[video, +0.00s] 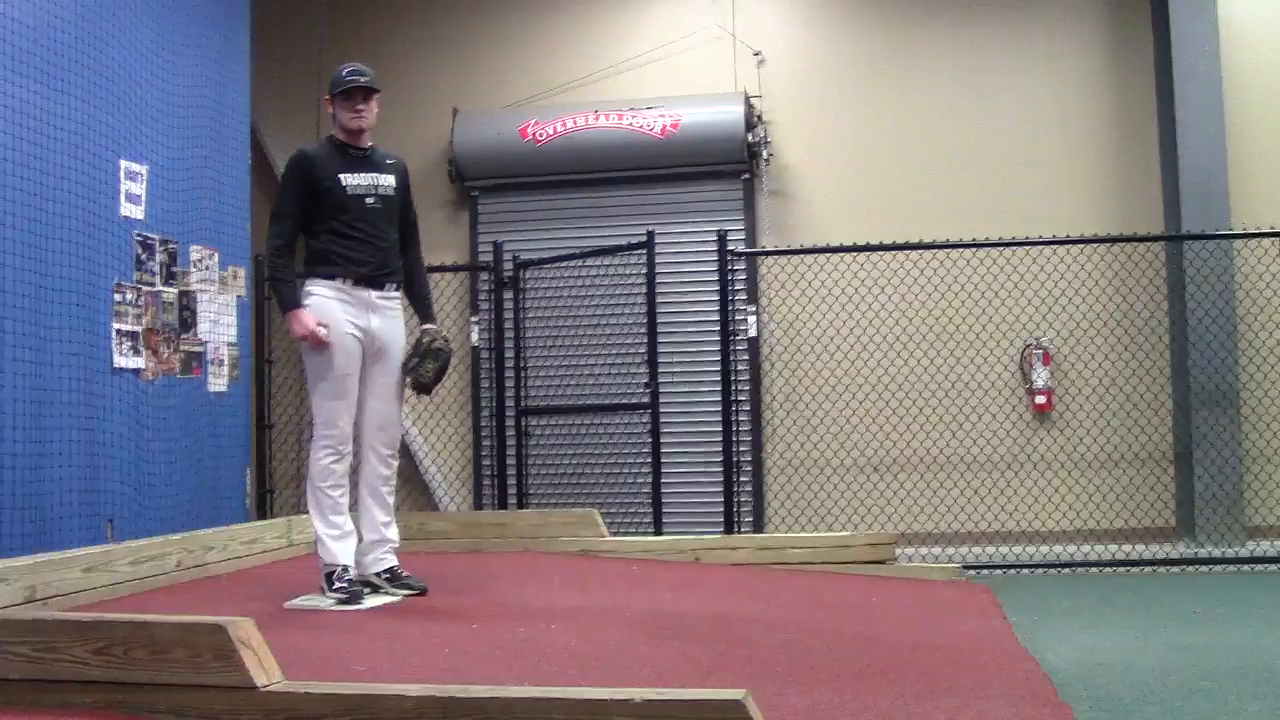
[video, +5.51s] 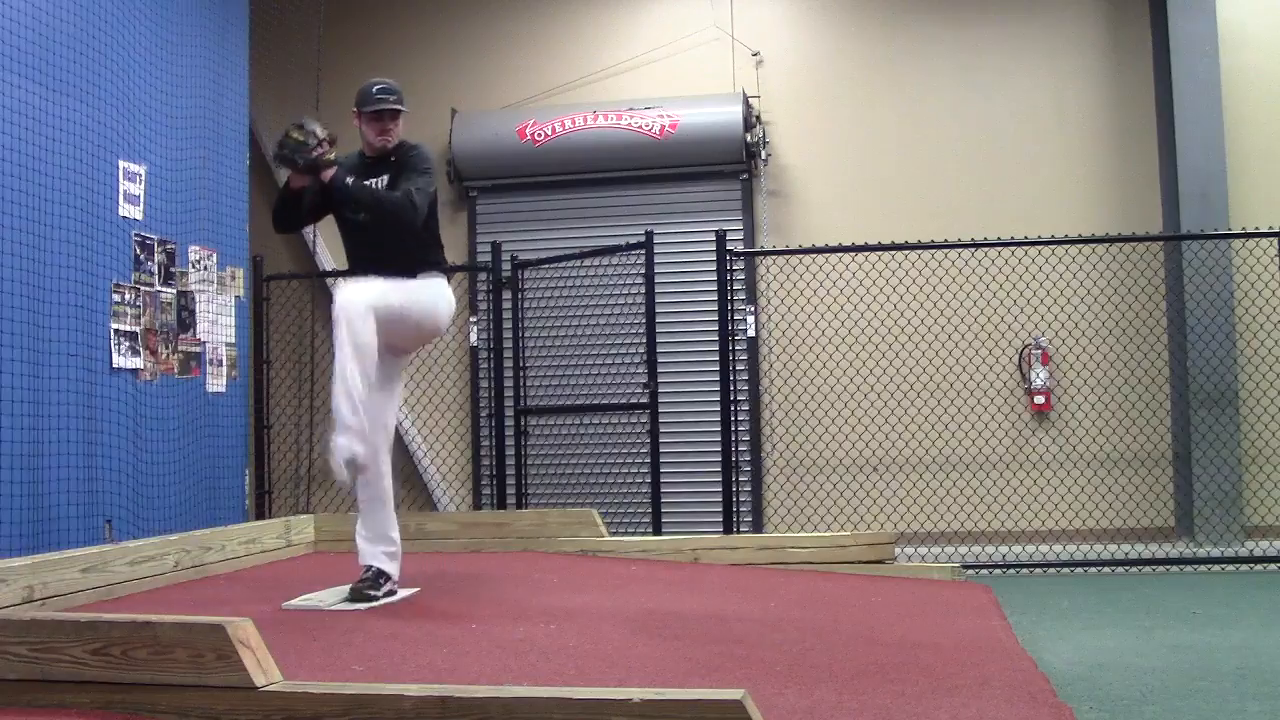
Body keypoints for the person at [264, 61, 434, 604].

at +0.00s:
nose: (361, 106)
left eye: (368, 98)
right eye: (350, 99)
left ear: (378, 105)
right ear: (330, 106)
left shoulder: (394, 168)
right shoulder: (309, 162)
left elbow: (410, 251)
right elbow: (278, 248)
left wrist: (428, 318)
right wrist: (293, 308)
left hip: (389, 307)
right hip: (330, 303)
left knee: (382, 440)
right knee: (335, 438)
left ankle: (379, 561)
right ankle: (337, 564)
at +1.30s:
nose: (367, 111)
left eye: (374, 102)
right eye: (357, 102)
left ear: (384, 108)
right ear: (337, 108)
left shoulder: (400, 171)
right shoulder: (313, 161)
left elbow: (416, 254)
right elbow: (279, 245)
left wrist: (427, 324)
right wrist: (290, 235)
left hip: (394, 309)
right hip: (337, 304)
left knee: (381, 443)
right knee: (336, 441)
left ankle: (378, 561)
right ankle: (336, 564)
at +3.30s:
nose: (374, 113)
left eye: (381, 104)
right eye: (364, 104)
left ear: (391, 111)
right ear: (345, 110)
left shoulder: (403, 176)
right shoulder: (319, 163)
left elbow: (416, 258)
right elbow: (295, 234)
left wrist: (427, 325)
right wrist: (362, 221)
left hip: (395, 309)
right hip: (338, 303)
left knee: (379, 441)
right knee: (338, 438)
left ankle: (376, 561)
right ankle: (336, 564)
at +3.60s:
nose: (391, 111)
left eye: (393, 103)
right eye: (381, 102)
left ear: (392, 110)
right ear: (352, 106)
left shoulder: (403, 172)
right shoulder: (319, 162)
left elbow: (415, 244)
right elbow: (301, 235)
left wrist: (421, 246)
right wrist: (376, 231)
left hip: (392, 308)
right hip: (337, 304)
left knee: (379, 439)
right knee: (338, 437)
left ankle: (376, 561)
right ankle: (336, 565)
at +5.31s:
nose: (395, 125)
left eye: (402, 116)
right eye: (385, 116)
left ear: (411, 121)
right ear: (365, 120)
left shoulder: (422, 166)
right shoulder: (341, 174)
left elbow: (421, 232)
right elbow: (308, 241)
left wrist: (345, 218)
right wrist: (297, 212)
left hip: (417, 311)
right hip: (360, 317)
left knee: (385, 410)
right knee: (361, 435)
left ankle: (415, 544)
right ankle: (379, 568)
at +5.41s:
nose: (391, 125)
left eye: (398, 117)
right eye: (381, 117)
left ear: (408, 121)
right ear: (362, 120)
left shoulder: (417, 163)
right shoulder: (340, 173)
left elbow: (413, 223)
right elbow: (296, 232)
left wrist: (338, 199)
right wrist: (303, 196)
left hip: (420, 298)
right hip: (365, 308)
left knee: (361, 362)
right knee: (368, 427)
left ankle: (379, 515)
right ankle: (381, 566)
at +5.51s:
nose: (385, 126)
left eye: (392, 117)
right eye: (375, 118)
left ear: (403, 120)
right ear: (357, 121)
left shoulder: (415, 159)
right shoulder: (341, 171)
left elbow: (408, 213)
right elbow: (287, 222)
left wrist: (335, 181)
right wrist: (298, 180)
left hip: (427, 294)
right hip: (369, 305)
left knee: (351, 297)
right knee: (369, 440)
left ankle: (351, 442)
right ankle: (380, 566)